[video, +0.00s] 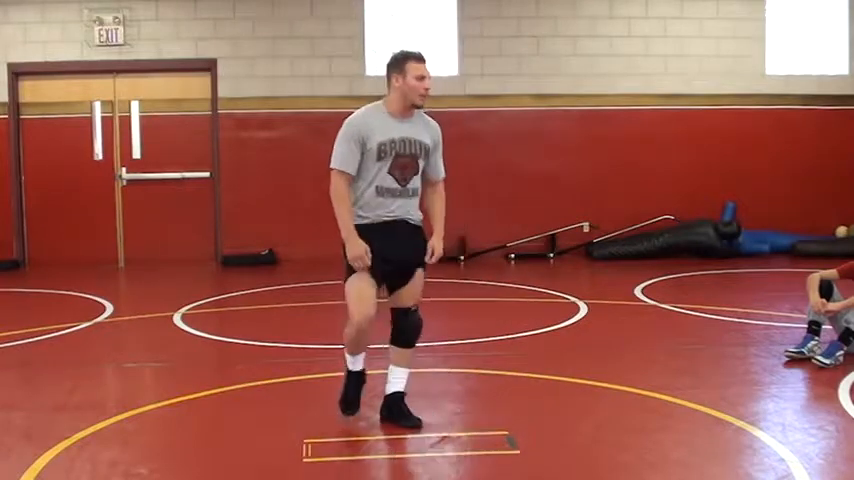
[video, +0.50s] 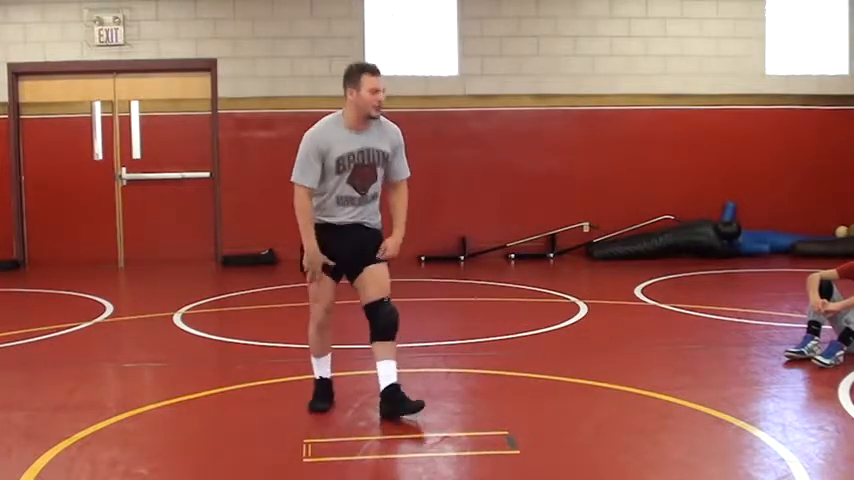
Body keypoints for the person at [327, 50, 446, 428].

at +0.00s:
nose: (427, 85)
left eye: (428, 79)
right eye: (420, 79)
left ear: (421, 83)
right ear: (395, 81)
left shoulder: (430, 129)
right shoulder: (360, 123)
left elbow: (434, 185)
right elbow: (339, 182)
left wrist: (437, 233)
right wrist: (350, 239)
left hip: (408, 228)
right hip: (364, 228)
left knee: (408, 321)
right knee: (362, 317)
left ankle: (394, 400)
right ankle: (354, 373)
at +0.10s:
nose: (422, 87)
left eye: (423, 80)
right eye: (416, 80)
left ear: (413, 84)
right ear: (392, 80)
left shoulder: (424, 131)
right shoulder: (353, 122)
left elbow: (429, 187)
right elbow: (331, 180)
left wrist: (434, 237)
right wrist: (339, 237)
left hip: (401, 230)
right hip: (356, 229)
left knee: (404, 322)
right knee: (346, 324)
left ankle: (394, 400)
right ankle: (340, 366)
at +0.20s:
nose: (415, 88)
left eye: (416, 82)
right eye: (409, 82)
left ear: (403, 85)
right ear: (385, 81)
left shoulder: (417, 133)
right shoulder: (346, 123)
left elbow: (423, 188)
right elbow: (325, 180)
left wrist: (427, 239)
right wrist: (329, 238)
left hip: (395, 233)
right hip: (350, 232)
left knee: (401, 323)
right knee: (338, 324)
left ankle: (394, 400)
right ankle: (325, 373)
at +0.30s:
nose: (404, 90)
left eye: (405, 83)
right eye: (397, 83)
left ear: (396, 87)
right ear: (373, 83)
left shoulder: (407, 133)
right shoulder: (336, 126)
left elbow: (415, 187)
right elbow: (316, 185)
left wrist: (418, 235)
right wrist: (322, 240)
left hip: (385, 232)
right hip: (340, 232)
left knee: (396, 320)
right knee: (330, 321)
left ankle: (394, 399)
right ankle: (325, 379)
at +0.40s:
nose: (390, 93)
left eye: (391, 87)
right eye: (384, 86)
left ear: (388, 91)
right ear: (361, 88)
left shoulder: (398, 134)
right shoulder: (325, 131)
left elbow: (407, 185)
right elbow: (307, 189)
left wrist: (407, 230)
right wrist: (314, 244)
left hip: (375, 232)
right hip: (330, 232)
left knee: (388, 317)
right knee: (325, 316)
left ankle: (392, 398)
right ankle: (324, 383)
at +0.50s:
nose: (381, 98)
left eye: (382, 92)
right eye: (374, 92)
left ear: (379, 95)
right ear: (351, 93)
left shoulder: (390, 135)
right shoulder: (318, 137)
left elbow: (398, 185)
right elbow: (302, 193)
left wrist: (397, 233)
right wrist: (310, 248)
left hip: (367, 230)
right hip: (324, 230)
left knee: (383, 313)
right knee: (321, 313)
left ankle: (390, 393)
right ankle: (322, 384)